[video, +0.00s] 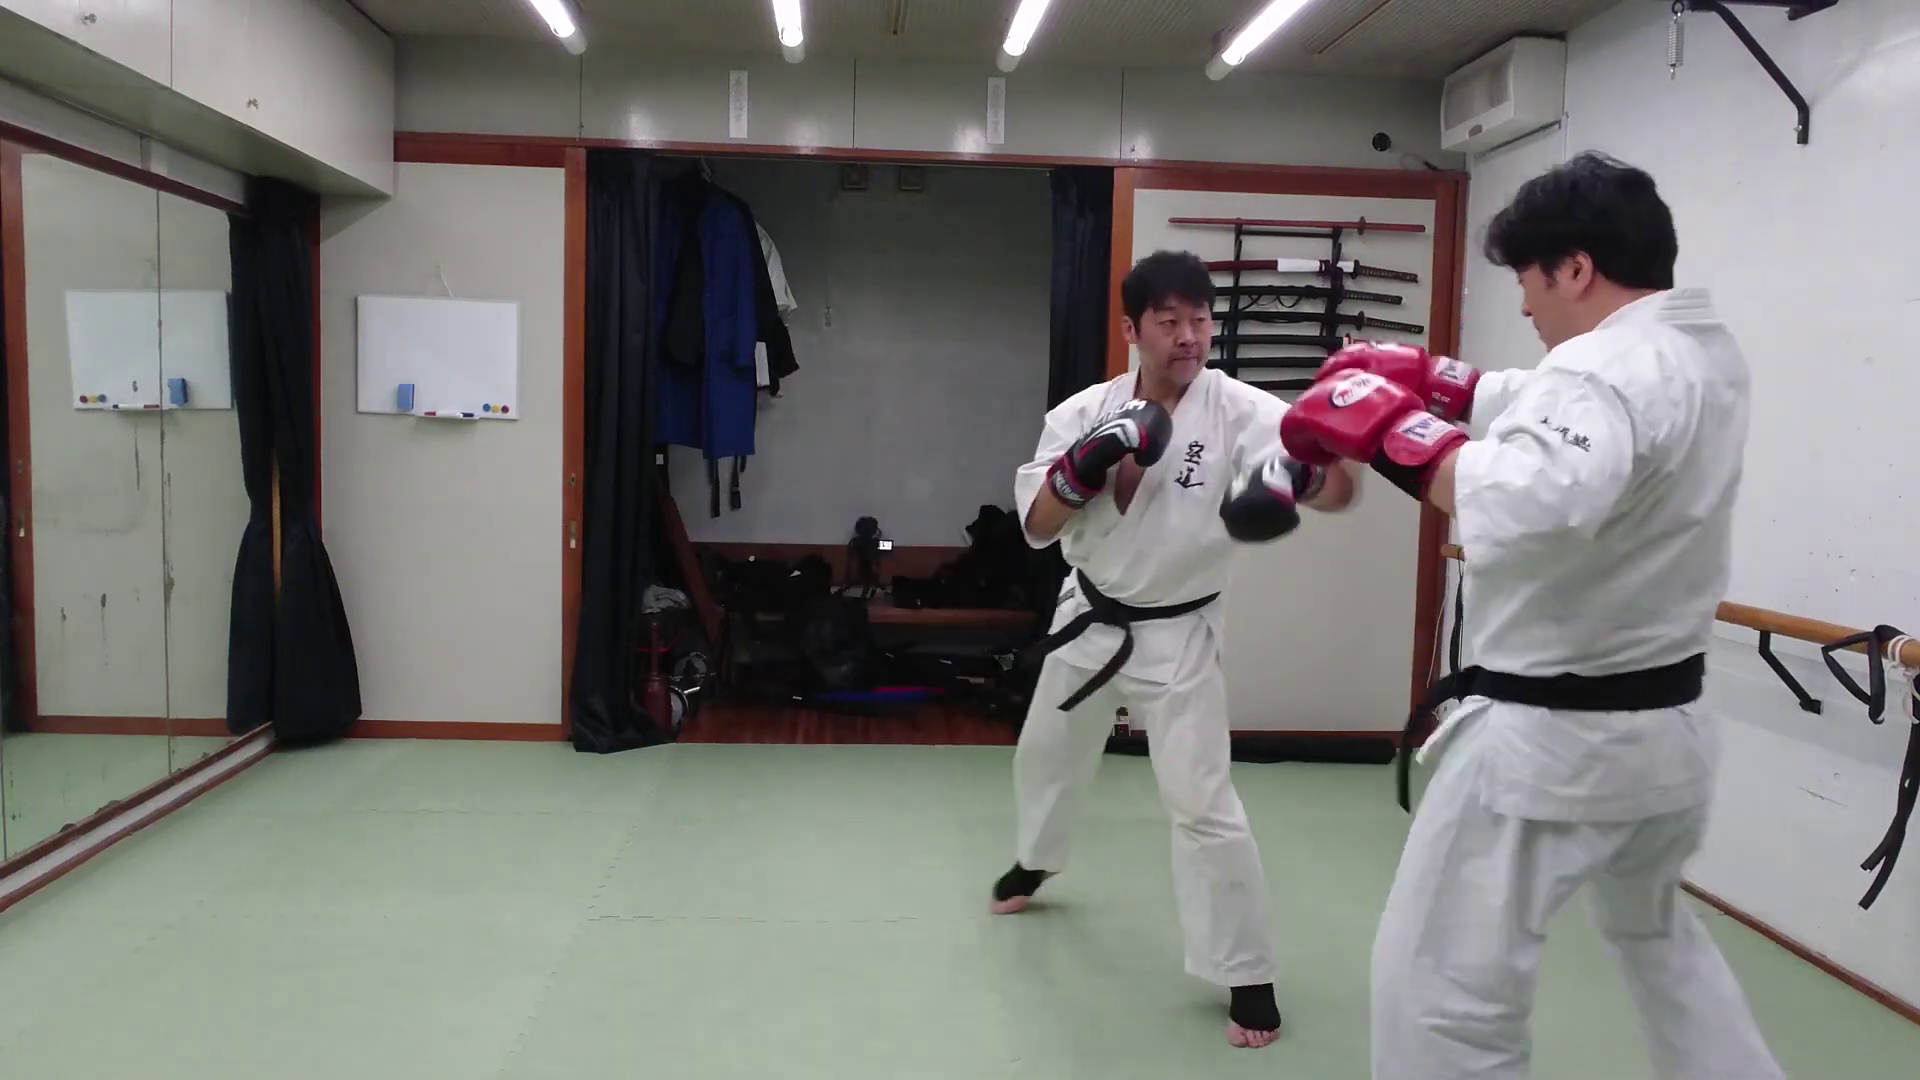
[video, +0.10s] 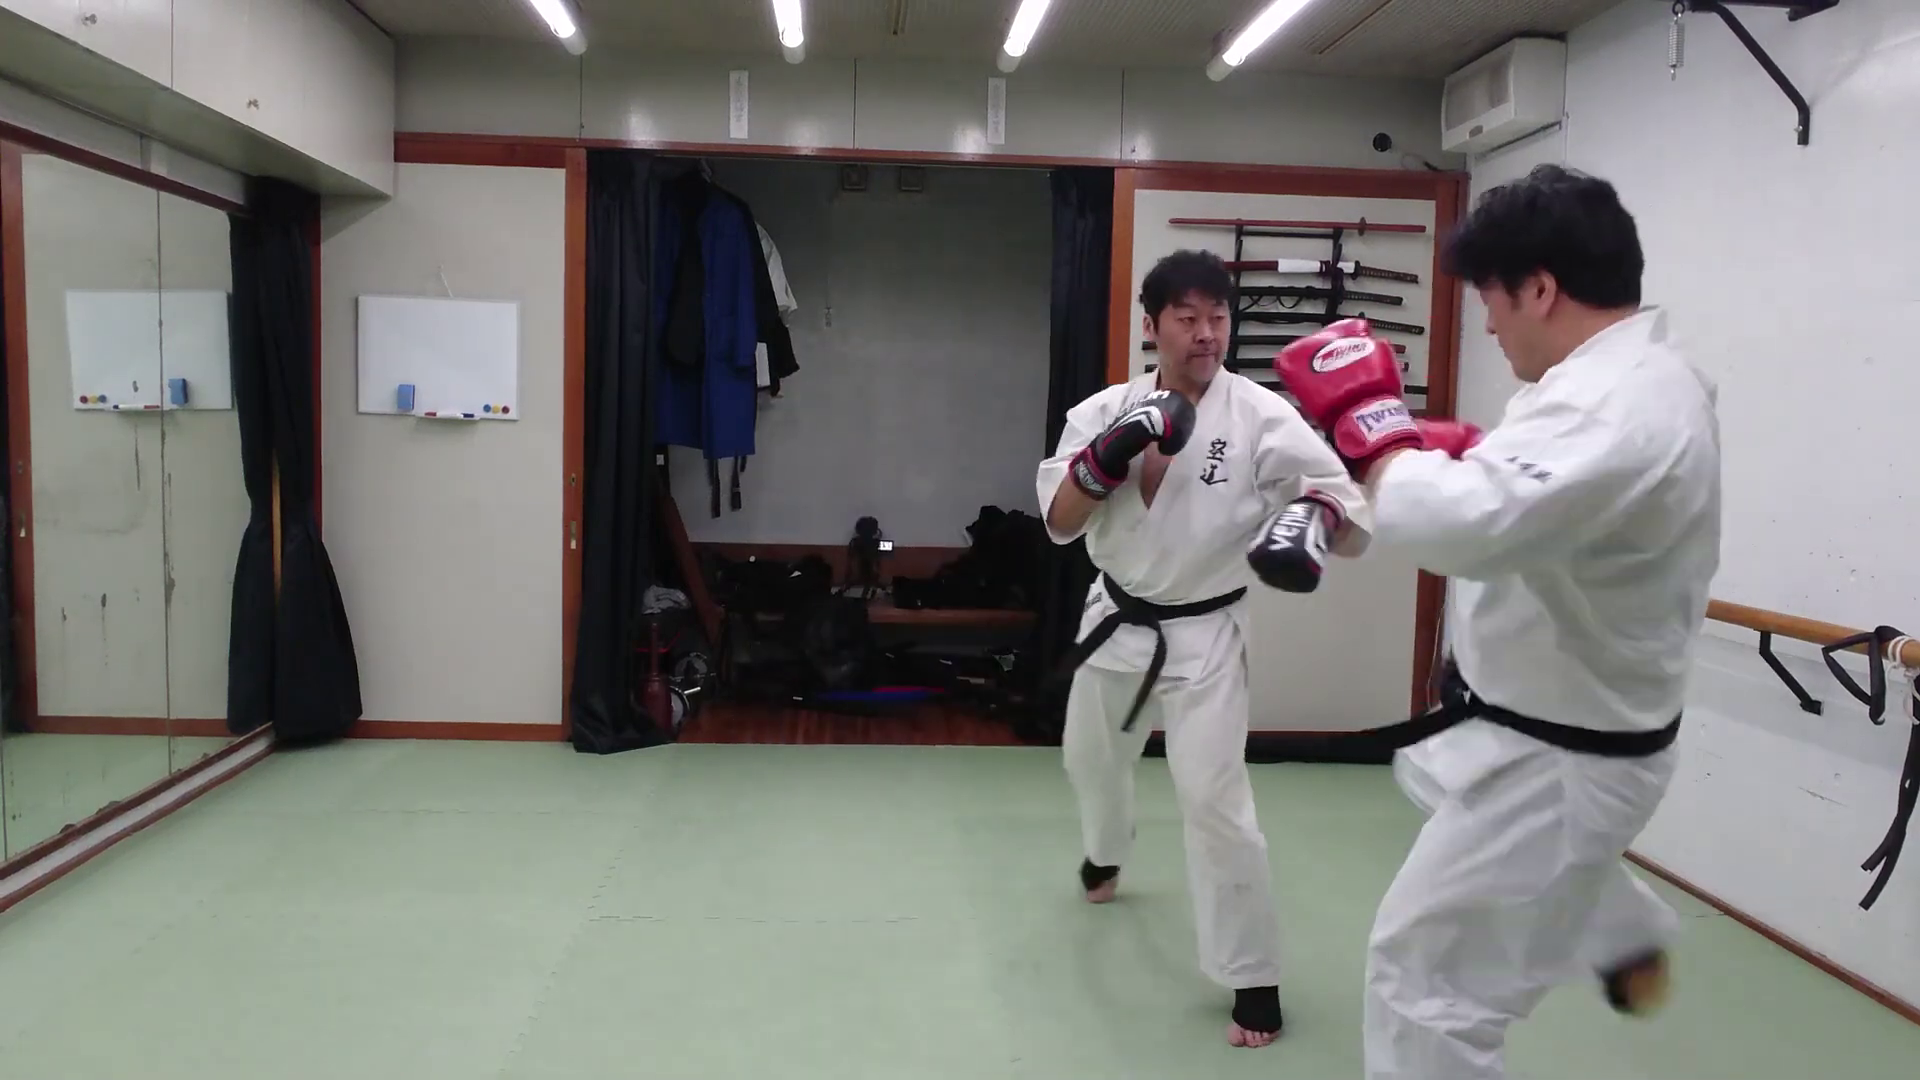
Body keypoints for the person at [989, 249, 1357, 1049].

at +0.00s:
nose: (1189, 337)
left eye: (1200, 321)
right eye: (1170, 321)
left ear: (1212, 328)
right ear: (1132, 328)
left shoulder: (1240, 409)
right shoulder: (1082, 415)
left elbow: (1338, 493)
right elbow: (1036, 526)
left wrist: (1329, 437)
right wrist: (1084, 468)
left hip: (1182, 630)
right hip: (1088, 620)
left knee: (1202, 804)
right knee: (1045, 756)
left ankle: (1249, 980)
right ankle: (1035, 862)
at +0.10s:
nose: (1204, 334)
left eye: (1216, 320)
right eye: (1186, 319)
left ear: (1229, 328)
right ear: (1150, 327)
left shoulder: (1263, 417)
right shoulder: (1104, 412)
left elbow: (1354, 523)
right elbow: (1060, 523)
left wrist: (1321, 521)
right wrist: (1108, 459)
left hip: (1209, 627)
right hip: (1115, 618)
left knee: (1214, 800)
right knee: (1090, 751)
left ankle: (1253, 979)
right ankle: (1103, 854)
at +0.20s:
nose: (1221, 354)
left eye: (1233, 339)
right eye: (1205, 338)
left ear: (1246, 345)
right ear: (1169, 340)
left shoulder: (1272, 423)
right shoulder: (1127, 415)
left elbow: (1343, 500)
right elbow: (1062, 508)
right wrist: (1106, 440)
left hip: (1222, 634)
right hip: (1134, 627)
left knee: (1221, 800)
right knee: (1122, 761)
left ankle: (1253, 985)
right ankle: (1152, 854)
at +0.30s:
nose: (1246, 355)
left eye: (1258, 341)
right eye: (1231, 339)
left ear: (1270, 342)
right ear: (1196, 330)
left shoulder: (1279, 414)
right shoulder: (1136, 390)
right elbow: (1071, 469)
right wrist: (1130, 403)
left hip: (1228, 615)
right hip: (1136, 610)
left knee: (1231, 767)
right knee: (1141, 752)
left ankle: (1246, 932)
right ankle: (1160, 852)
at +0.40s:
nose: (1259, 360)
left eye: (1273, 345)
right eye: (1246, 343)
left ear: (1287, 341)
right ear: (1212, 329)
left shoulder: (1287, 398)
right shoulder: (1159, 391)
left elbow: (1348, 451)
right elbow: (1085, 470)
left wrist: (1356, 385)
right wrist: (1141, 401)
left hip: (1231, 598)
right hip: (1143, 591)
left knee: (1229, 755)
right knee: (1134, 738)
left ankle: (1233, 896)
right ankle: (1132, 847)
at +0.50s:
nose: (1263, 369)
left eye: (1277, 356)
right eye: (1251, 352)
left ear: (1290, 352)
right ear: (1218, 340)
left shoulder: (1293, 412)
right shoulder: (1162, 403)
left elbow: (1351, 470)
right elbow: (1114, 498)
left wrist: (1362, 413)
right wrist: (1166, 418)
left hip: (1241, 607)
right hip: (1152, 599)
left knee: (1241, 762)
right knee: (1136, 743)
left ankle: (1232, 899)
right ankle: (1133, 852)